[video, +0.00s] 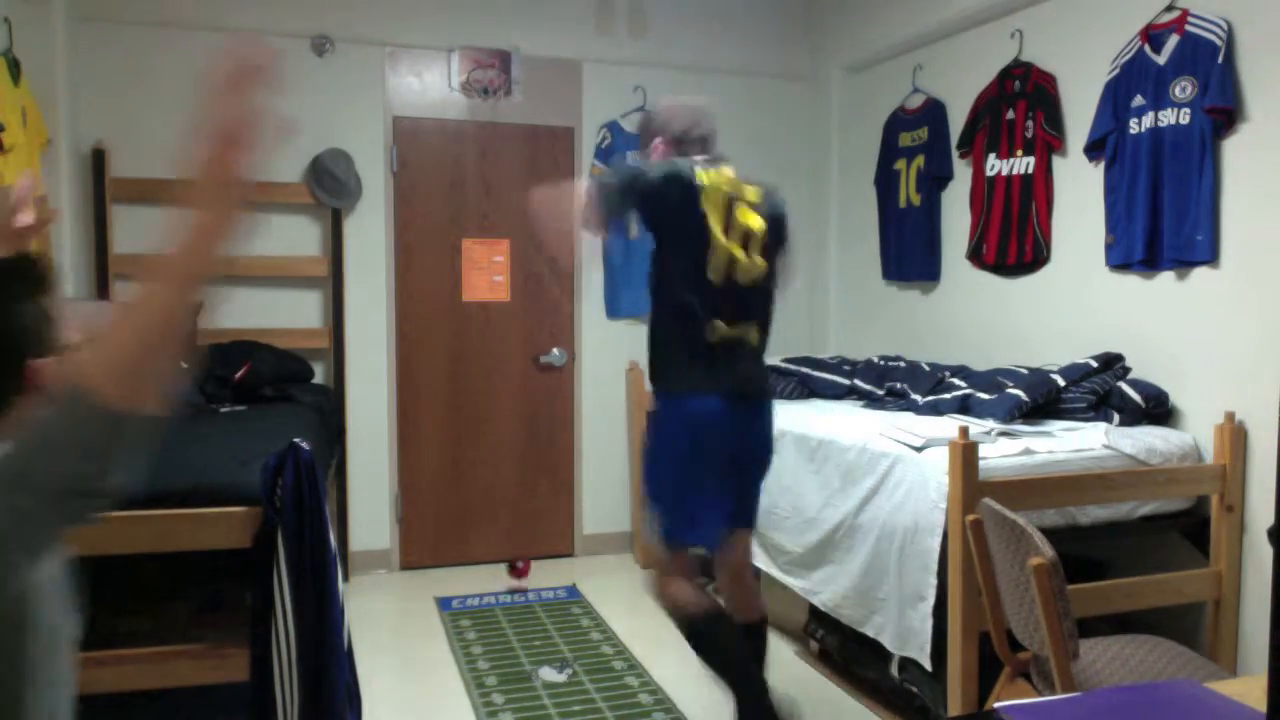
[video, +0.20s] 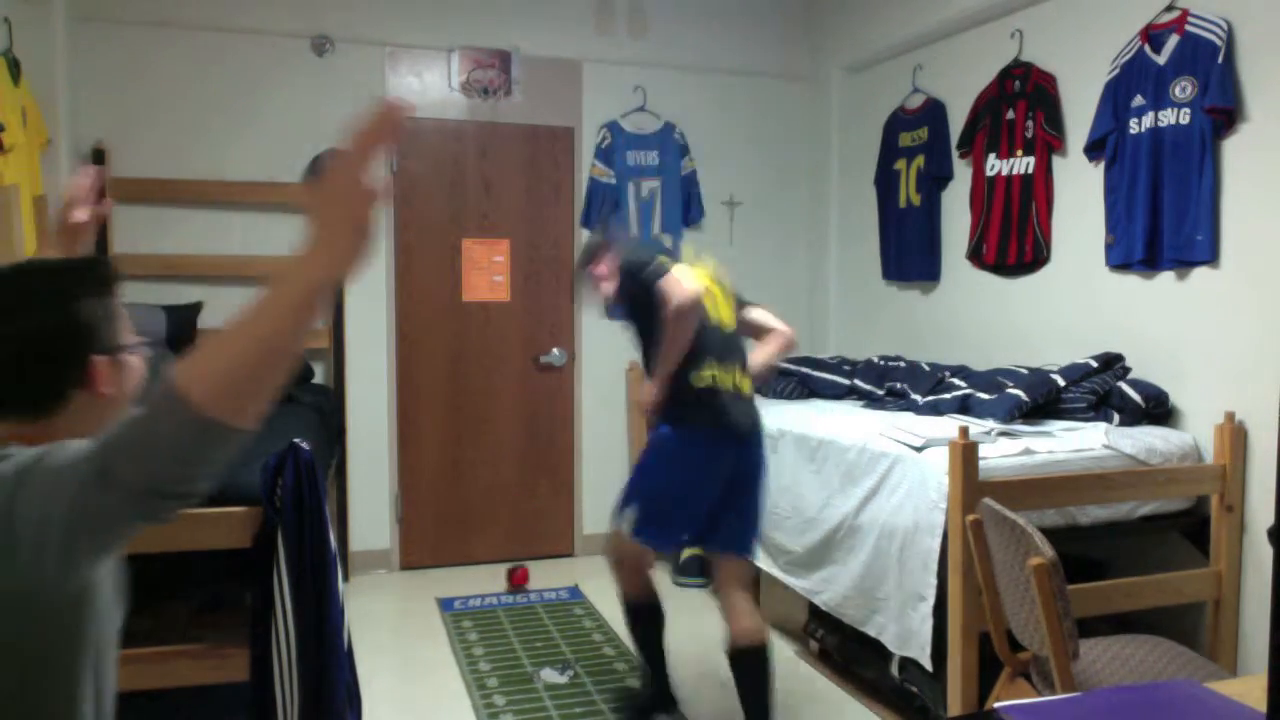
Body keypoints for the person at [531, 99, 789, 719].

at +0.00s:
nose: (644, 156)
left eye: (645, 146)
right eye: (646, 147)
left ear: (662, 145)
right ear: (710, 142)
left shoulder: (665, 186)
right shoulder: (763, 202)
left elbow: (559, 200)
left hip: (686, 407)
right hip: (750, 404)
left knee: (676, 574)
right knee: (737, 565)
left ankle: (751, 693)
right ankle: (755, 706)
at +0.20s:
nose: (601, 293)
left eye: (598, 280)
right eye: (596, 284)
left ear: (609, 262)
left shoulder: (633, 264)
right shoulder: (704, 279)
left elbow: (685, 295)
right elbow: (780, 333)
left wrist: (659, 380)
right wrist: (735, 377)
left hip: (691, 432)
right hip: (743, 436)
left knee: (627, 551)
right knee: (734, 582)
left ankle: (657, 690)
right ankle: (759, 713)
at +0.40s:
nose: (577, 265)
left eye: (574, 257)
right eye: (574, 258)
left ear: (590, 243)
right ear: (615, 237)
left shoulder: (598, 276)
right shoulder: (674, 268)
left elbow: (584, 359)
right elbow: (720, 342)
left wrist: (570, 338)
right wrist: (672, 331)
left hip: (649, 416)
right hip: (692, 413)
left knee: (623, 553)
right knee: (659, 530)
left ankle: (665, 688)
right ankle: (715, 642)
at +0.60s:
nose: (575, 265)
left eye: (574, 255)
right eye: (571, 257)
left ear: (593, 240)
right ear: (603, 239)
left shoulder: (611, 283)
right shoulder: (652, 277)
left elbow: (605, 363)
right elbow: (673, 355)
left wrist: (567, 386)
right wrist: (619, 370)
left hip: (622, 414)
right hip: (652, 411)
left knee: (557, 526)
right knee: (629, 509)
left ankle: (591, 655)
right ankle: (630, 603)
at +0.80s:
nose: (573, 263)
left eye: (574, 252)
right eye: (568, 255)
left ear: (596, 239)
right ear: (587, 245)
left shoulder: (632, 281)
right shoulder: (602, 282)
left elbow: (630, 357)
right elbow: (592, 341)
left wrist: (573, 368)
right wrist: (561, 354)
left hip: (611, 405)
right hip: (591, 400)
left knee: (561, 507)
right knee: (585, 506)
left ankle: (570, 630)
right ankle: (630, 595)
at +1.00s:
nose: (569, 234)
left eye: (575, 223)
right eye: (562, 227)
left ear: (595, 219)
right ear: (557, 229)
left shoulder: (618, 263)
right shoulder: (572, 270)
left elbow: (655, 323)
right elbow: (575, 337)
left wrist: (598, 293)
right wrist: (562, 308)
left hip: (608, 387)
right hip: (572, 384)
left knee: (569, 494)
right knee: (569, 492)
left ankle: (596, 586)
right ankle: (586, 576)